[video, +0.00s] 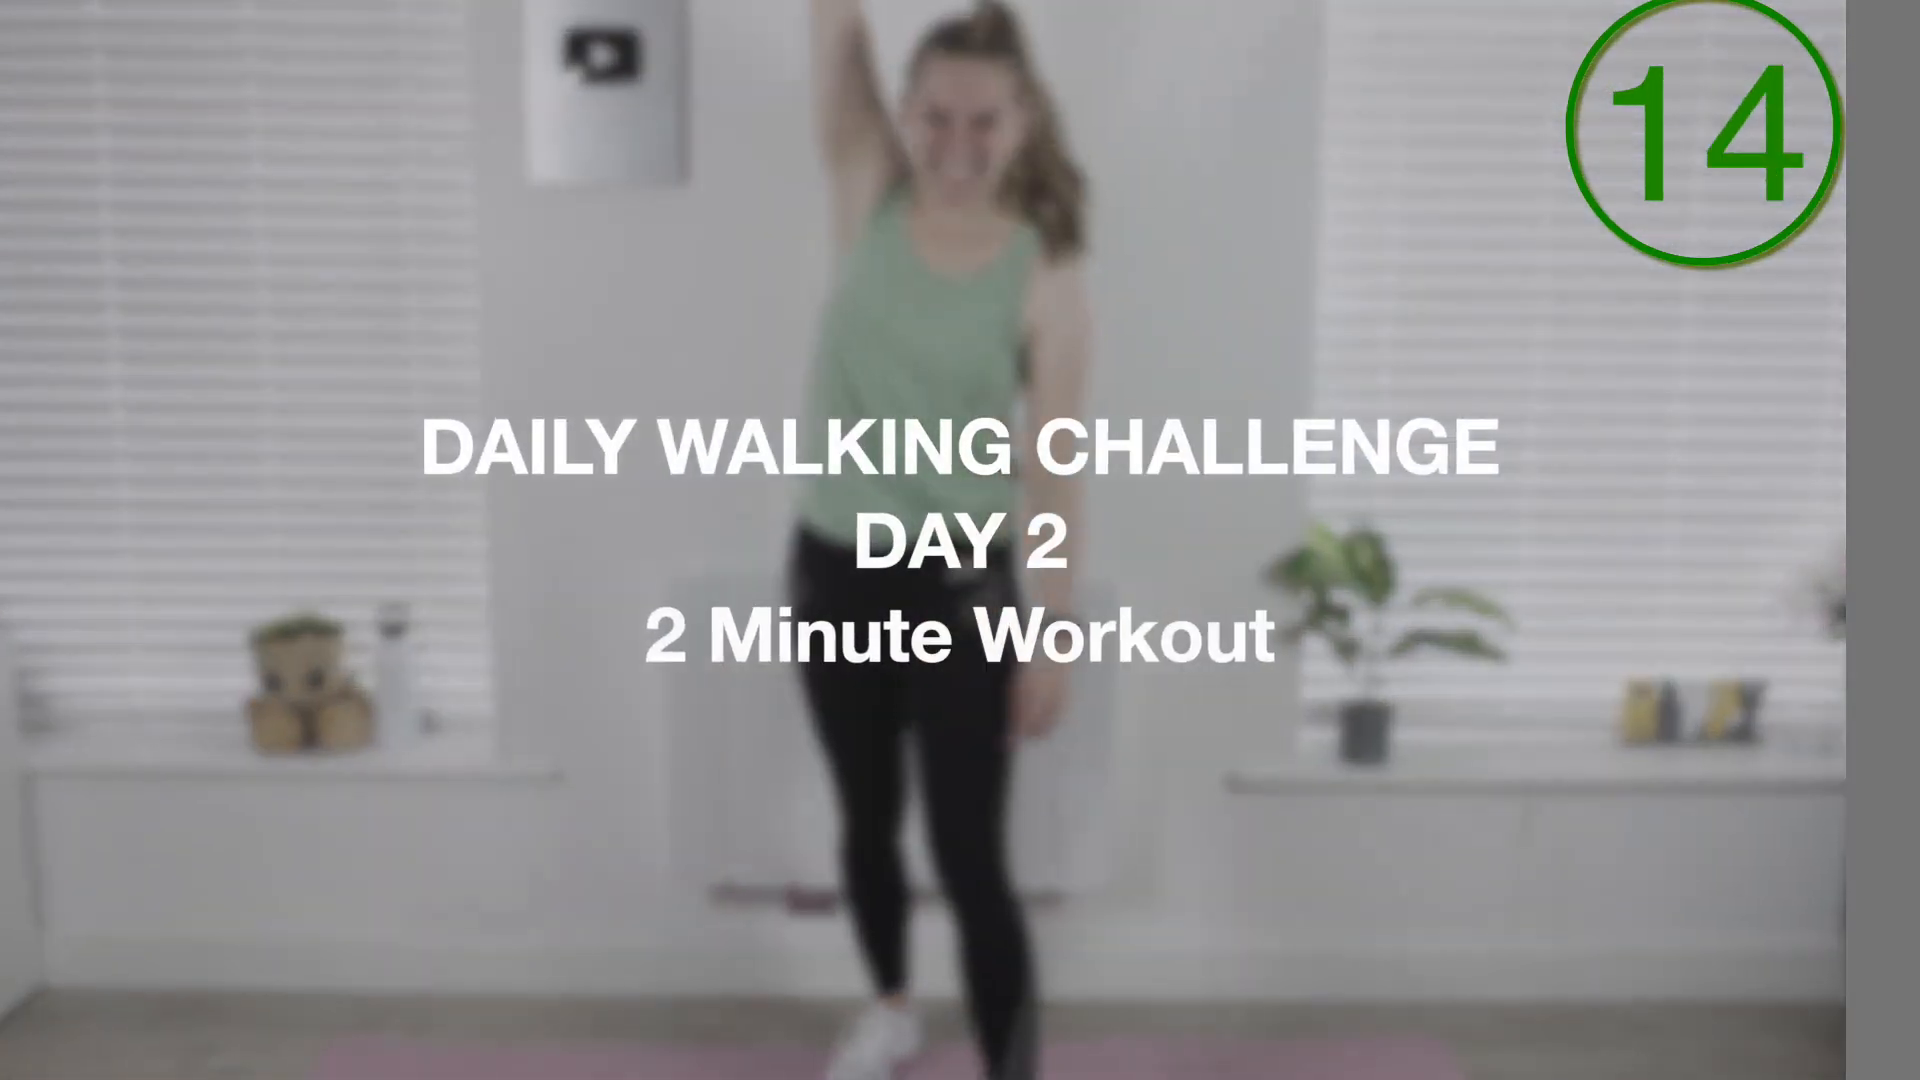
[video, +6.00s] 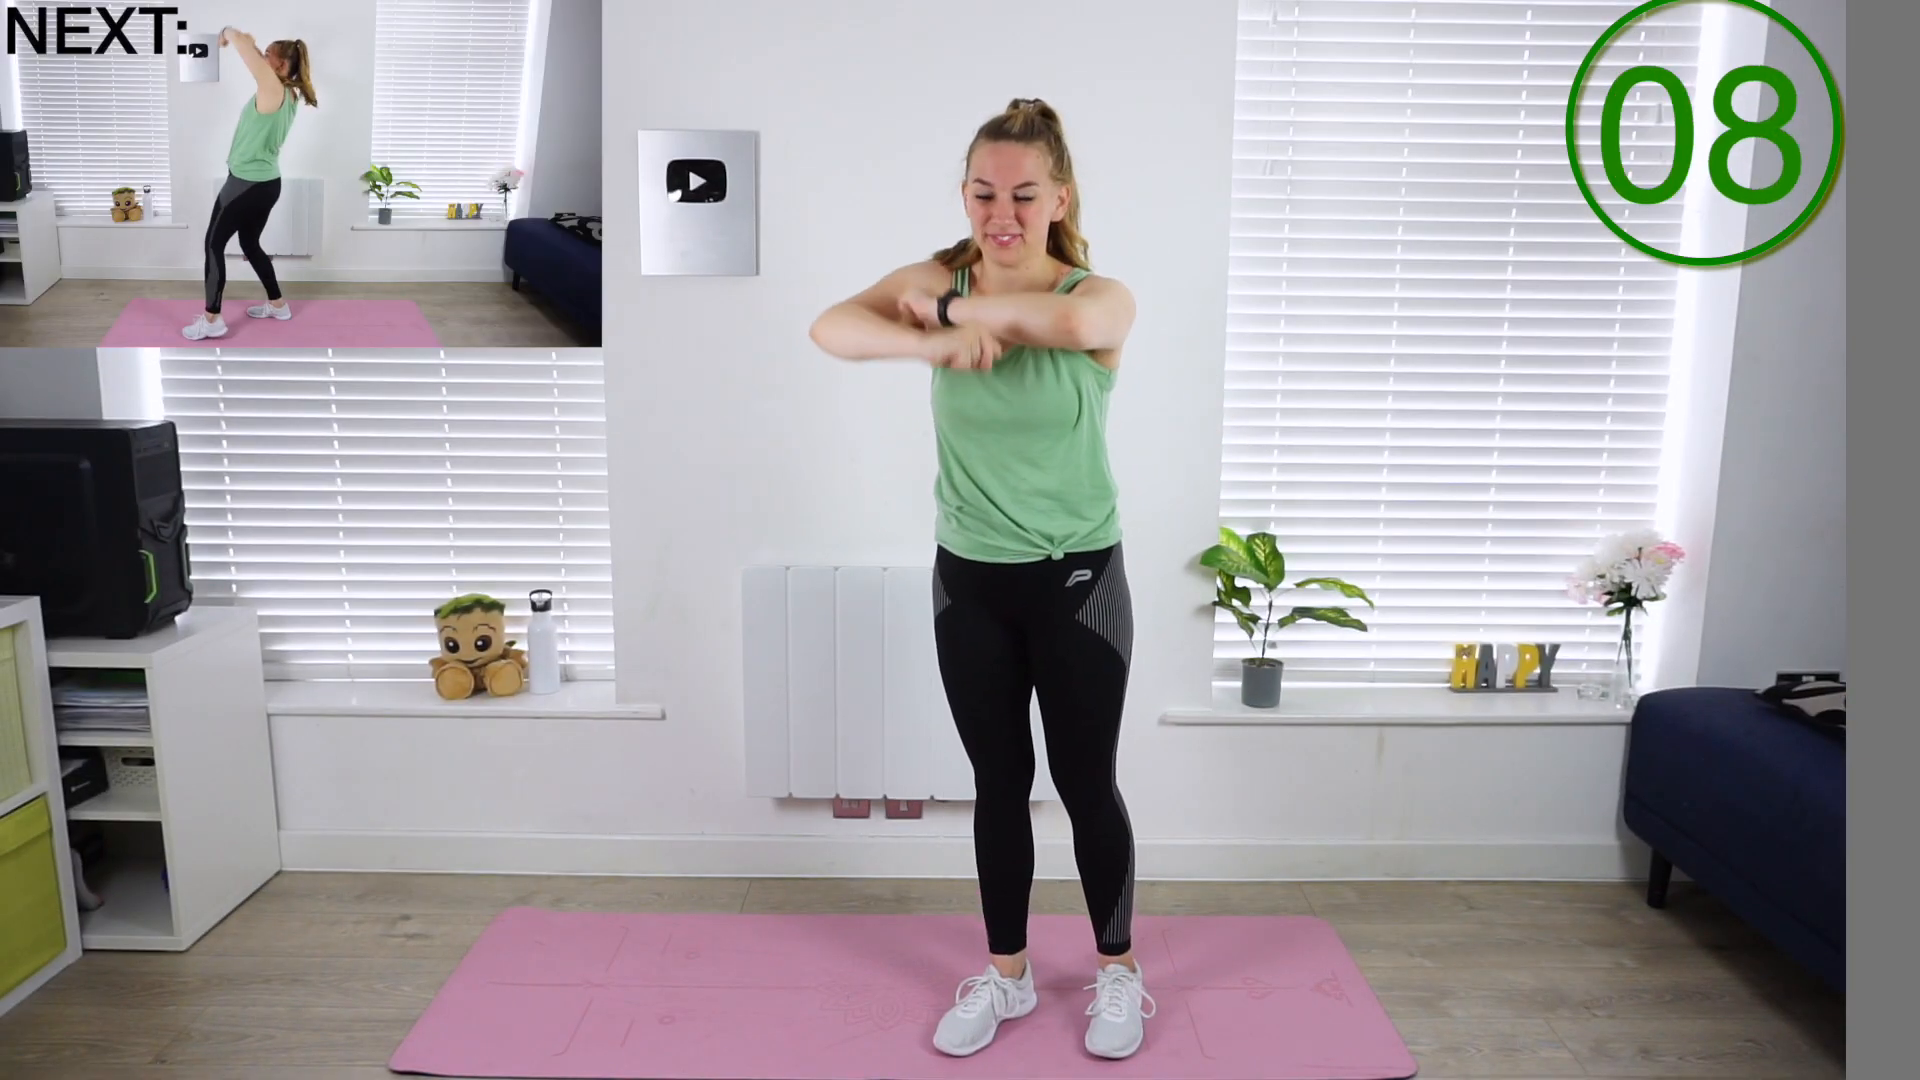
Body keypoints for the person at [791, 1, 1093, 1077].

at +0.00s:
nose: (958, 142)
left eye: (985, 120)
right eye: (938, 116)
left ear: (1024, 127)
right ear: (904, 117)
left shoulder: (1041, 275)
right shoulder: (869, 202)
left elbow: (1054, 467)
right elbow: (836, 30)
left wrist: (1052, 632)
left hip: (962, 576)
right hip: (838, 565)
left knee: (966, 848)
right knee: (865, 810)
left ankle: (1010, 1063)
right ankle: (890, 1004)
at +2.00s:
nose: (1175, 95)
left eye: (1205, 79)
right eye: (1160, 74)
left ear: (1247, 108)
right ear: (1135, 91)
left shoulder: (1262, 258)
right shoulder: (1081, 194)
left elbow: (1287, 441)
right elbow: (998, 31)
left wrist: (1319, 592)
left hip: (1181, 553)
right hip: (1050, 540)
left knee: (1141, 811)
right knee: (982, 789)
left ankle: (1127, 1030)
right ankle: (909, 1005)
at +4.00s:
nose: (1016, 191)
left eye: (1030, 170)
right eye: (991, 173)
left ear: (1048, 177)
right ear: (948, 188)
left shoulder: (1094, 307)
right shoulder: (907, 308)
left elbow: (1131, 455)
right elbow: (859, 454)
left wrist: (1136, 569)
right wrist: (844, 586)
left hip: (1057, 582)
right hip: (935, 578)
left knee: (1071, 802)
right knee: (915, 780)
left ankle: (1122, 998)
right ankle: (883, 947)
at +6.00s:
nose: (1001, 215)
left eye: (1023, 195)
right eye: (984, 193)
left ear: (1062, 201)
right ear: (965, 196)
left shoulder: (1098, 293)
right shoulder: (940, 276)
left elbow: (1079, 328)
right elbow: (831, 328)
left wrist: (959, 307)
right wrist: (932, 345)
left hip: (1078, 577)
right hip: (969, 575)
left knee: (1087, 783)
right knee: (999, 783)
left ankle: (1116, 969)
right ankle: (1007, 972)